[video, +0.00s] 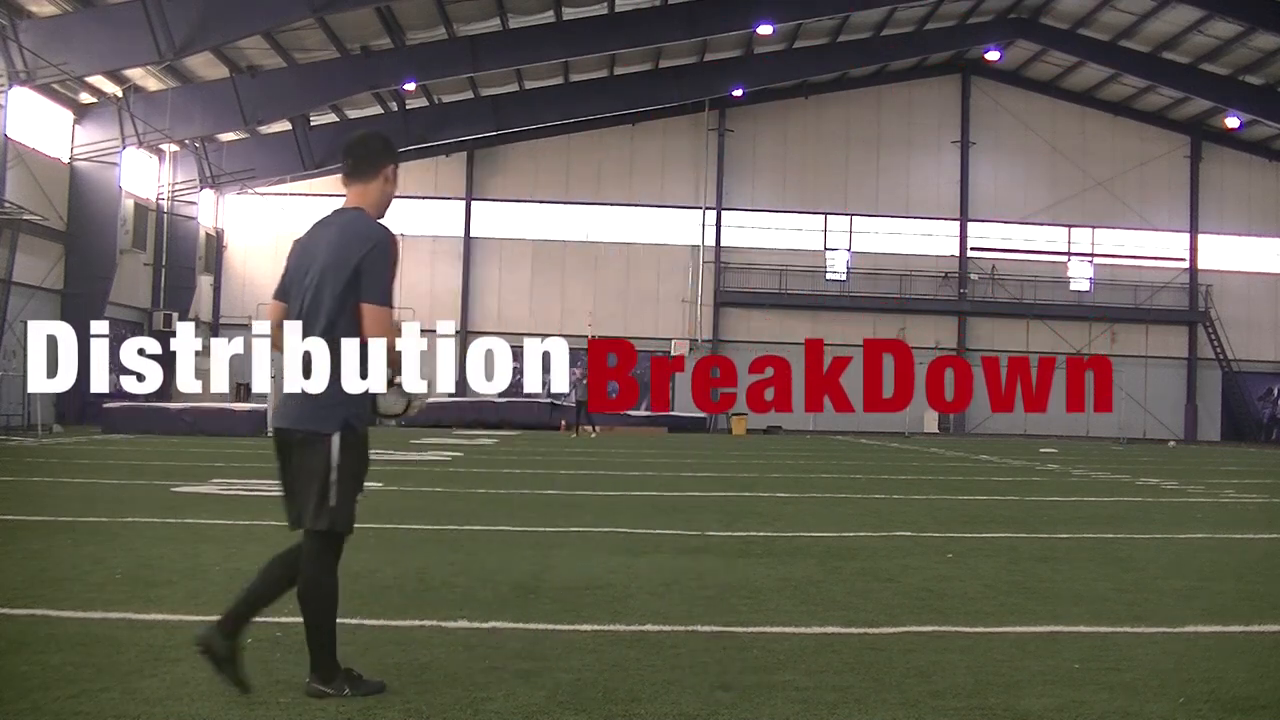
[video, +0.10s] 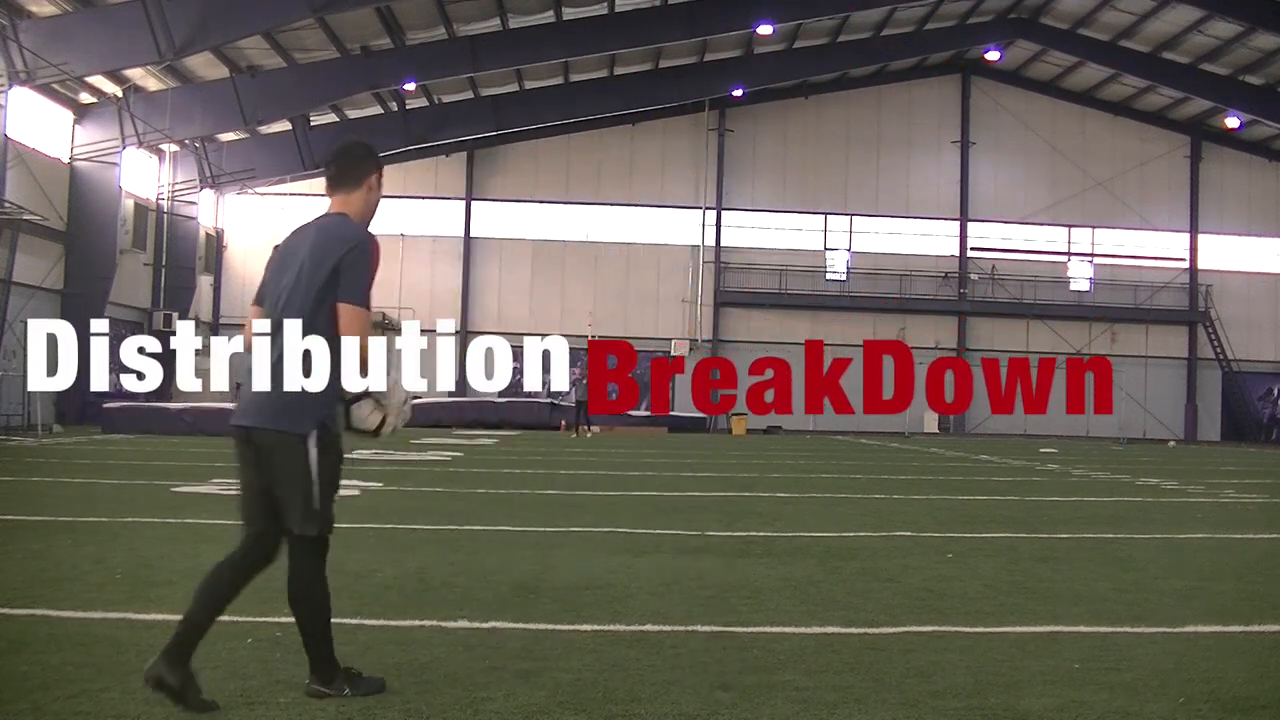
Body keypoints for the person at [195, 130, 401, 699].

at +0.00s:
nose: (397, 189)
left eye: (395, 179)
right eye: (396, 179)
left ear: (345, 176)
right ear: (388, 176)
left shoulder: (308, 238)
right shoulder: (374, 237)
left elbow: (277, 319)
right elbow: (377, 327)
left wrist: (300, 376)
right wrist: (393, 386)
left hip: (294, 412)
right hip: (334, 416)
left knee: (316, 542)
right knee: (323, 541)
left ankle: (224, 633)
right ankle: (325, 674)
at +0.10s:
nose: (381, 198)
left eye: (379, 187)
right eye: (382, 187)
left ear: (330, 183)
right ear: (373, 183)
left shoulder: (291, 241)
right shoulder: (357, 241)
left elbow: (255, 327)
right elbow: (352, 335)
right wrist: (363, 397)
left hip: (255, 416)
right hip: (303, 420)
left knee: (260, 541)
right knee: (308, 547)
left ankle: (173, 660)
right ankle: (327, 673)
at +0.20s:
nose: (367, 224)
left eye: (366, 215)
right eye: (369, 214)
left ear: (318, 208)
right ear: (360, 210)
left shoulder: (274, 257)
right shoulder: (346, 259)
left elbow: (252, 343)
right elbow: (330, 335)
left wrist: (296, 419)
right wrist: (343, 397)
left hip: (206, 418)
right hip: (260, 427)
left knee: (209, 549)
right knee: (290, 546)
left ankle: (158, 685)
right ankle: (319, 673)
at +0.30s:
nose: (358, 262)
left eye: (359, 253)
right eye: (360, 252)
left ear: (311, 240)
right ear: (352, 245)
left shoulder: (264, 273)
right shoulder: (336, 286)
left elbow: (227, 358)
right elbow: (326, 378)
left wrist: (267, 444)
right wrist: (336, 453)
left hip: (171, 404)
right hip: (228, 414)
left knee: (185, 541)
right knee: (260, 538)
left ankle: (157, 687)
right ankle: (275, 672)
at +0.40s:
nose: (350, 305)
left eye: (353, 296)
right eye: (352, 294)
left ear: (304, 278)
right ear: (342, 285)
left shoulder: (249, 299)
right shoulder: (324, 315)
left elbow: (215, 390)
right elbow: (311, 404)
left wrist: (237, 500)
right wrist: (304, 488)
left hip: (144, 398)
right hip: (201, 406)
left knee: (165, 539)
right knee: (225, 535)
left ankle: (155, 687)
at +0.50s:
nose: (336, 351)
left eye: (338, 340)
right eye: (339, 339)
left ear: (297, 316)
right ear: (327, 328)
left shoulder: (246, 327)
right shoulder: (314, 351)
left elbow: (197, 412)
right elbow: (291, 435)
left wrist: (198, 531)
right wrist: (276, 530)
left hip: (120, 397)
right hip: (175, 409)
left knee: (148, 549)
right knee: (183, 551)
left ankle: (155, 693)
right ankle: (162, 699)